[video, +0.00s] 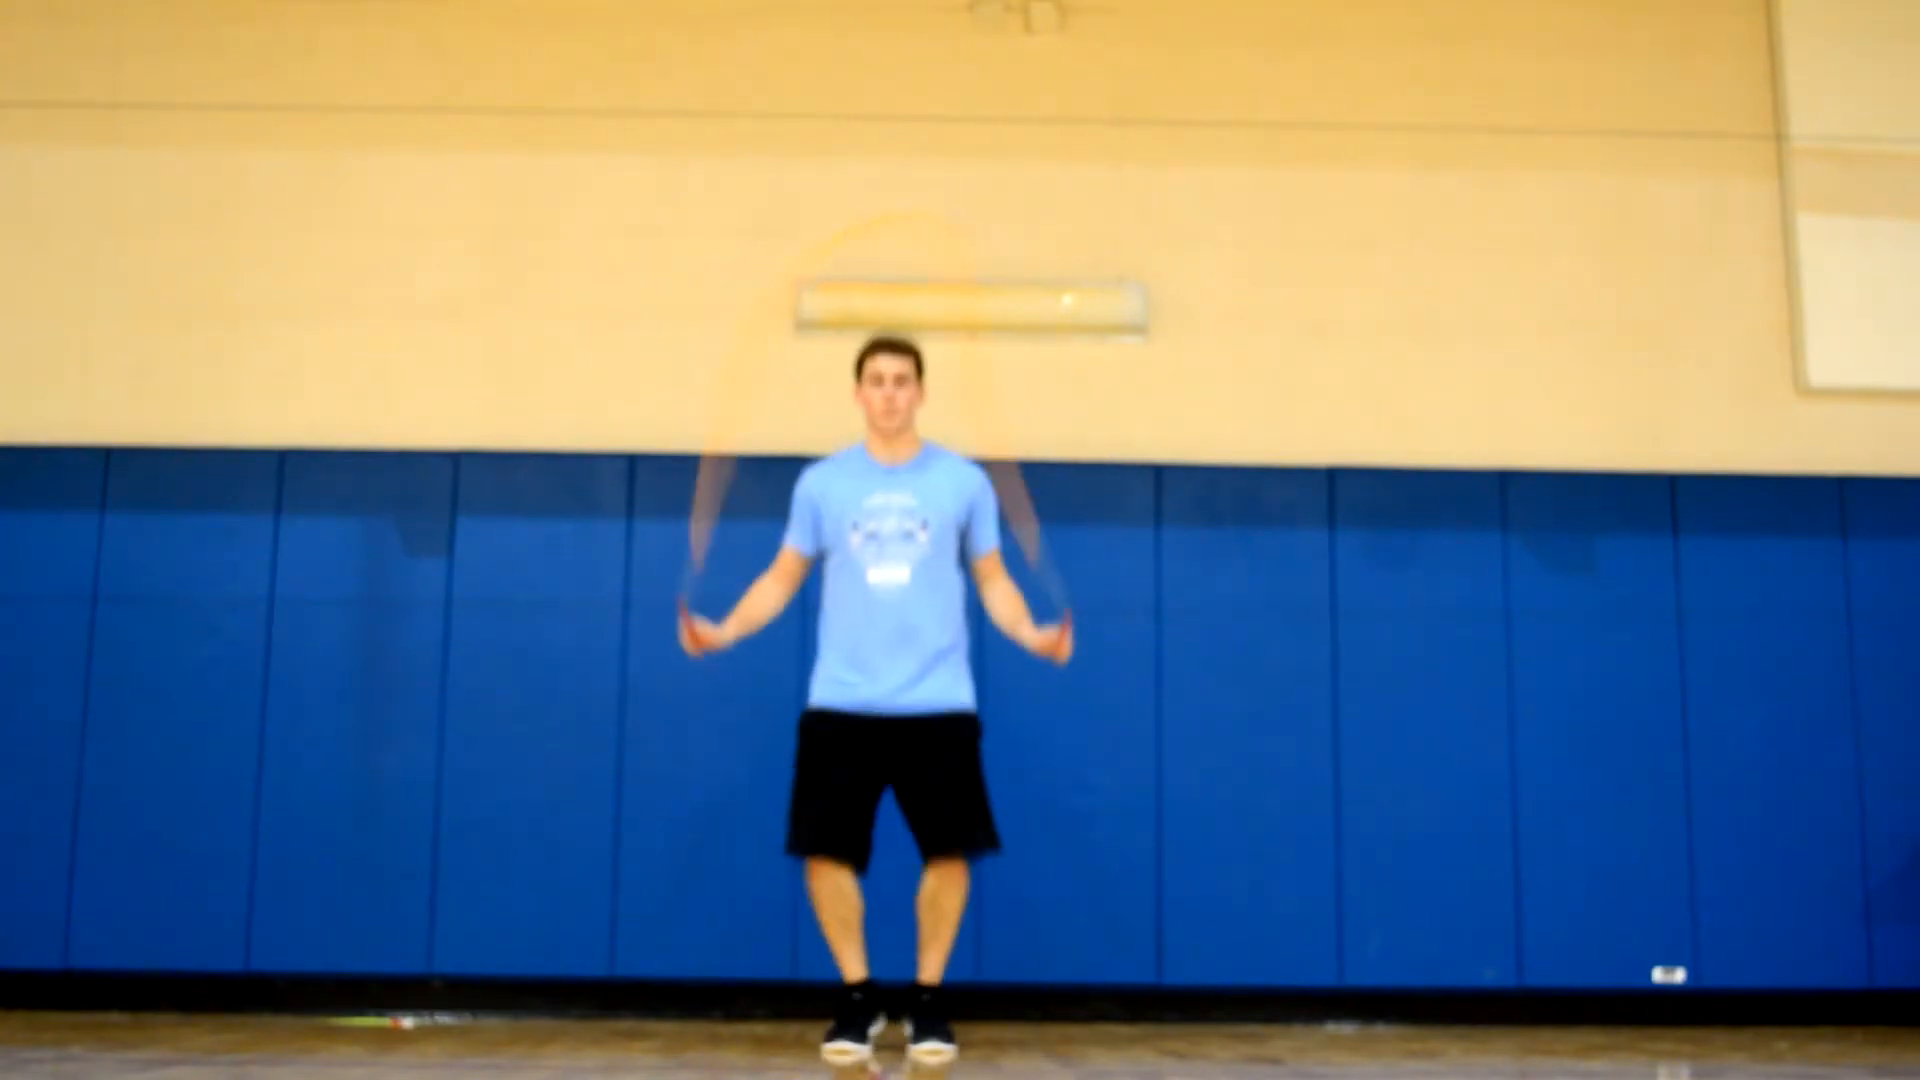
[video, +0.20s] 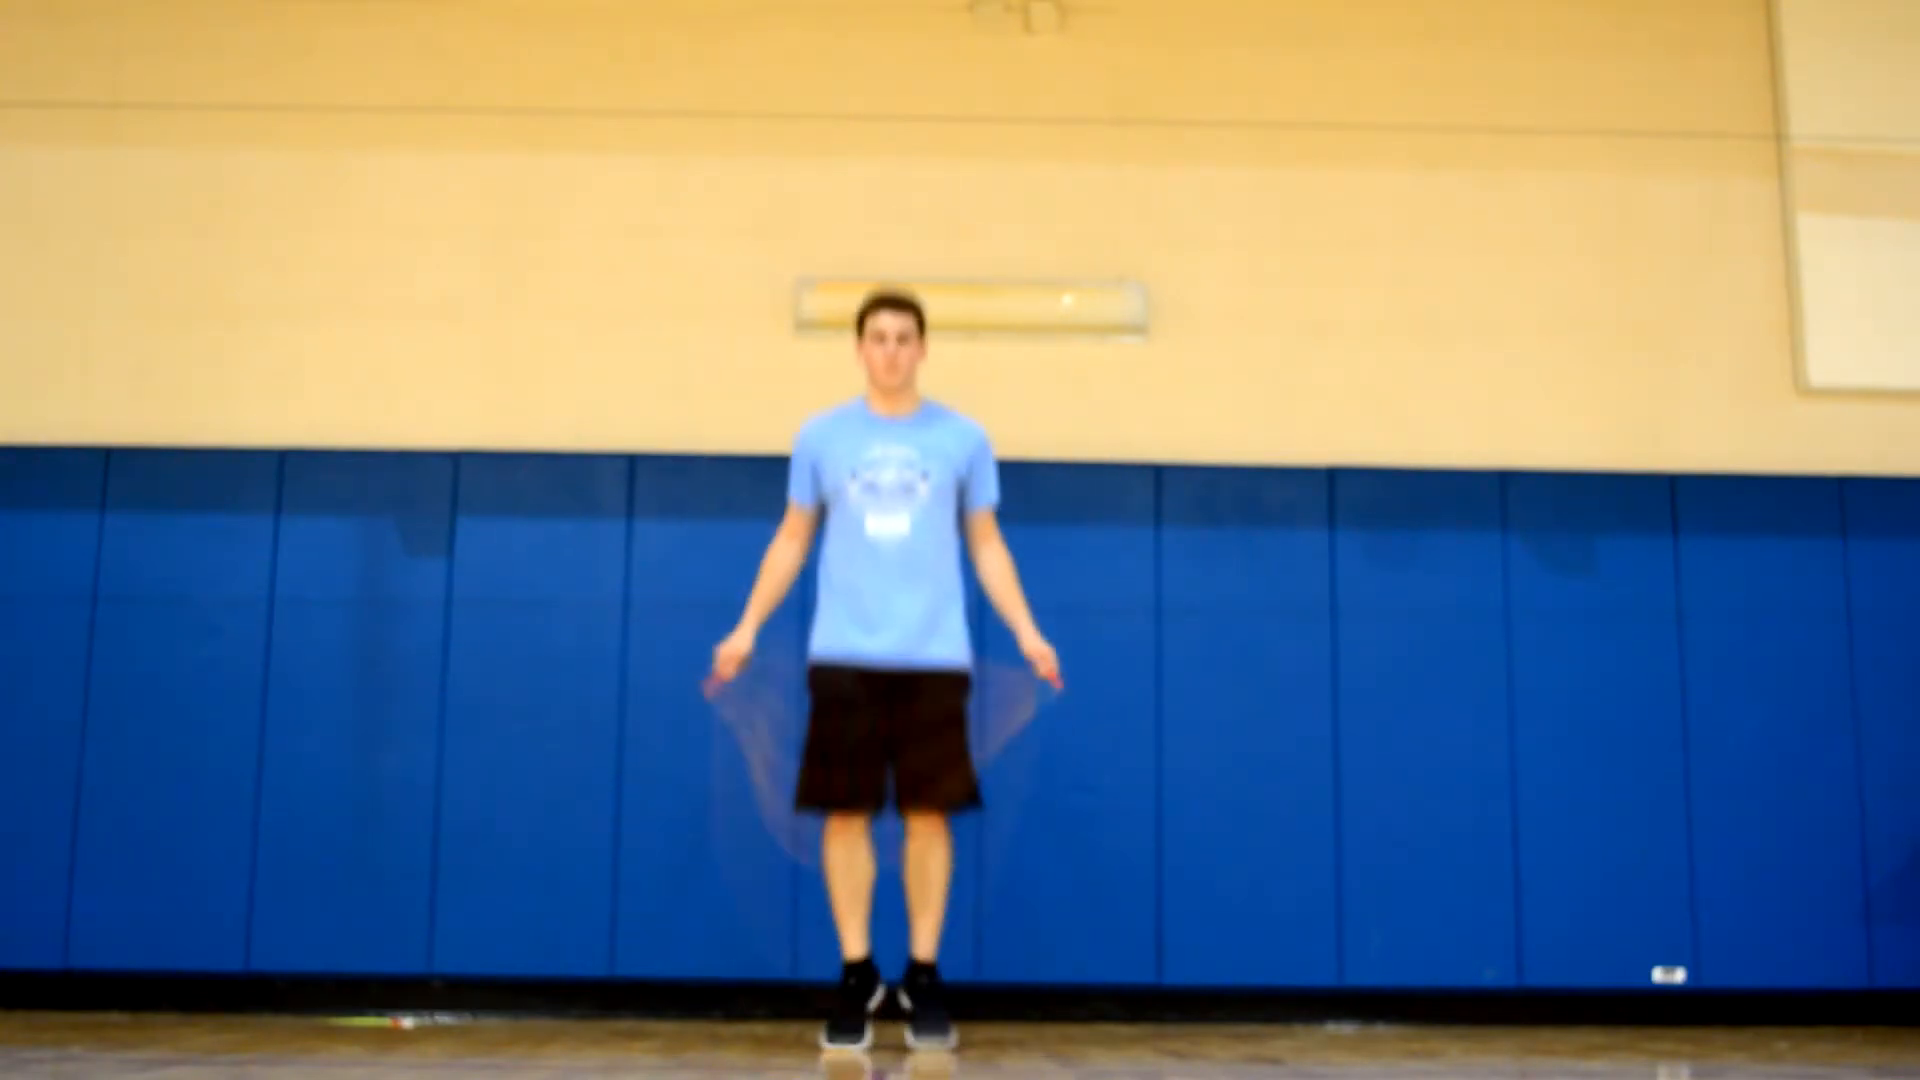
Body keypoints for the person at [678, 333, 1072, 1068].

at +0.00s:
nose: (890, 394)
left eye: (902, 382)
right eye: (878, 382)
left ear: (921, 392)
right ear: (857, 393)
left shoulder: (962, 480)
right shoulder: (823, 481)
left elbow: (993, 576)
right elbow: (783, 576)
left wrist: (1030, 635)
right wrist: (724, 633)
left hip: (937, 702)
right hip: (842, 701)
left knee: (949, 853)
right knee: (825, 852)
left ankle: (926, 1006)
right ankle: (858, 1000)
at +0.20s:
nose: (891, 352)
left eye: (904, 340)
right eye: (879, 339)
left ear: (923, 350)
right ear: (859, 349)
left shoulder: (962, 438)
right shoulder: (824, 436)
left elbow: (986, 544)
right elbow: (792, 538)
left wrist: (1027, 632)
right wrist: (745, 629)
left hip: (934, 658)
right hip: (846, 656)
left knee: (927, 814)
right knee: (846, 814)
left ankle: (922, 981)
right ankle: (856, 978)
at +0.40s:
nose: (891, 338)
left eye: (904, 326)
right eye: (879, 326)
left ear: (922, 336)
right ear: (858, 335)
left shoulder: (960, 425)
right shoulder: (822, 423)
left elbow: (983, 535)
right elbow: (794, 532)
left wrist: (1024, 623)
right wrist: (745, 625)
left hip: (932, 639)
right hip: (847, 637)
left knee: (919, 806)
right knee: (852, 806)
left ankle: (907, 973)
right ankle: (861, 972)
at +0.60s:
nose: (891, 362)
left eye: (903, 350)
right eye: (878, 349)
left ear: (922, 361)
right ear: (856, 361)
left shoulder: (960, 451)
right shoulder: (821, 449)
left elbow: (979, 560)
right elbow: (792, 558)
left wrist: (1010, 638)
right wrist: (741, 639)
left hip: (932, 670)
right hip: (845, 669)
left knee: (922, 834)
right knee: (845, 834)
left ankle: (901, 999)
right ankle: (856, 1000)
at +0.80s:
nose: (887, 399)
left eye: (900, 387)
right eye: (875, 386)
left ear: (919, 399)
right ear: (855, 399)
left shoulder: (960, 492)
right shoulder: (819, 490)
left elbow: (975, 592)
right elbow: (789, 591)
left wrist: (1005, 654)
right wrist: (735, 649)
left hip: (934, 713)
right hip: (841, 711)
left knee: (935, 864)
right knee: (829, 862)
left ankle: (899, 1006)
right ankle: (858, 1006)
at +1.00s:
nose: (887, 361)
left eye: (900, 348)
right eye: (874, 347)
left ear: (919, 357)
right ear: (854, 355)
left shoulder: (957, 443)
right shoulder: (819, 442)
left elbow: (980, 548)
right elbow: (789, 546)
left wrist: (1008, 629)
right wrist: (749, 624)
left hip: (931, 664)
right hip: (845, 664)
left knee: (922, 822)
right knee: (849, 821)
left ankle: (905, 985)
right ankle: (857, 987)